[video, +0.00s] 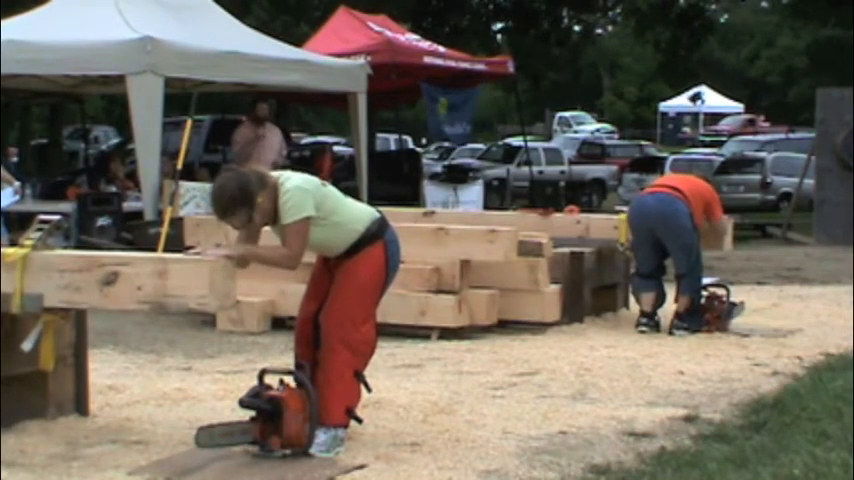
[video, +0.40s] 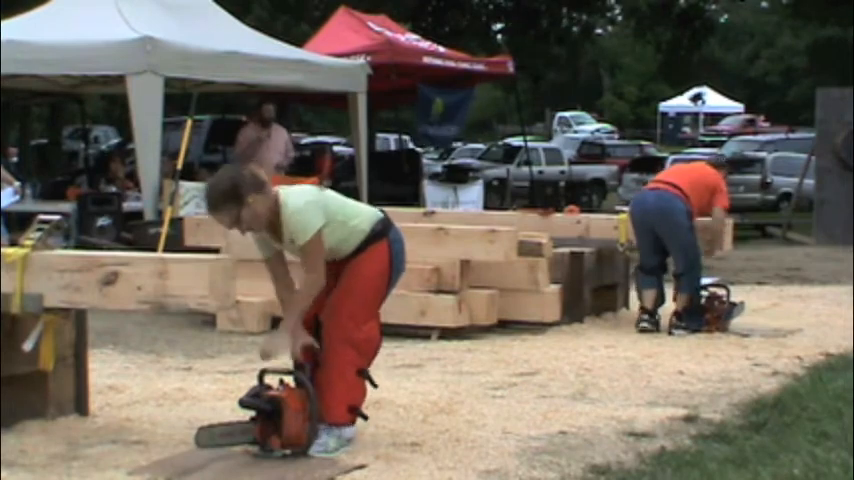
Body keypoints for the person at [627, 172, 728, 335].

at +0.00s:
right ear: (710, 186)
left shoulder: (673, 179)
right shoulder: (708, 190)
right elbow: (718, 225)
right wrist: (725, 224)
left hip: (640, 204)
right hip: (673, 206)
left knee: (646, 270)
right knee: (688, 269)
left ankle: (646, 316)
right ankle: (682, 318)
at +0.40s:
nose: (724, 178)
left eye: (725, 175)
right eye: (725, 175)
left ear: (707, 164)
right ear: (721, 171)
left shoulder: (682, 168)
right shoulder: (717, 180)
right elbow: (718, 218)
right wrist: (713, 247)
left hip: (641, 200)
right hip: (671, 203)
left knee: (649, 264)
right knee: (688, 264)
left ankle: (646, 314)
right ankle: (680, 316)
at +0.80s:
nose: (731, 190)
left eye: (733, 187)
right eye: (732, 185)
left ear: (718, 172)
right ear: (728, 179)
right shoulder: (718, 182)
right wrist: (714, 245)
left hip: (643, 213)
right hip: (659, 218)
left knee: (675, 266)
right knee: (696, 265)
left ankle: (666, 311)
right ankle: (688, 315)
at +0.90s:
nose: (734, 179)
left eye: (737, 175)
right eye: (733, 172)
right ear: (725, 164)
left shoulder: (711, 192)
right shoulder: (707, 156)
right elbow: (684, 158)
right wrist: (706, 183)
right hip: (658, 205)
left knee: (675, 261)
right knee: (680, 263)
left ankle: (665, 311)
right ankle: (689, 319)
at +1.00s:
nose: (732, 172)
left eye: (736, 168)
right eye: (732, 164)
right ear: (721, 156)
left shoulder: (712, 190)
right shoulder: (701, 151)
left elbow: (706, 223)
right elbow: (665, 145)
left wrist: (715, 255)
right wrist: (678, 176)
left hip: (671, 212)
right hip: (654, 199)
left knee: (676, 260)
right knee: (674, 259)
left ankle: (667, 313)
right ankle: (671, 316)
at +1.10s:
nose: (731, 163)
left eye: (733, 159)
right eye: (730, 157)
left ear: (724, 155)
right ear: (721, 152)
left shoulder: (712, 178)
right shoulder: (695, 156)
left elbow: (707, 210)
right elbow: (667, 181)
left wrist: (715, 243)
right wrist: (677, 220)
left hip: (664, 208)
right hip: (649, 200)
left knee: (674, 260)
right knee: (665, 260)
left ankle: (673, 318)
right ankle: (663, 320)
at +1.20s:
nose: (725, 159)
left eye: (727, 154)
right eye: (725, 153)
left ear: (713, 146)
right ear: (717, 150)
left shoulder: (698, 157)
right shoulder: (693, 165)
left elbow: (700, 192)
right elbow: (675, 201)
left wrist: (710, 218)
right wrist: (685, 237)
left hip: (660, 204)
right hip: (649, 203)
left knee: (669, 260)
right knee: (664, 261)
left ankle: (670, 316)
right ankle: (663, 319)